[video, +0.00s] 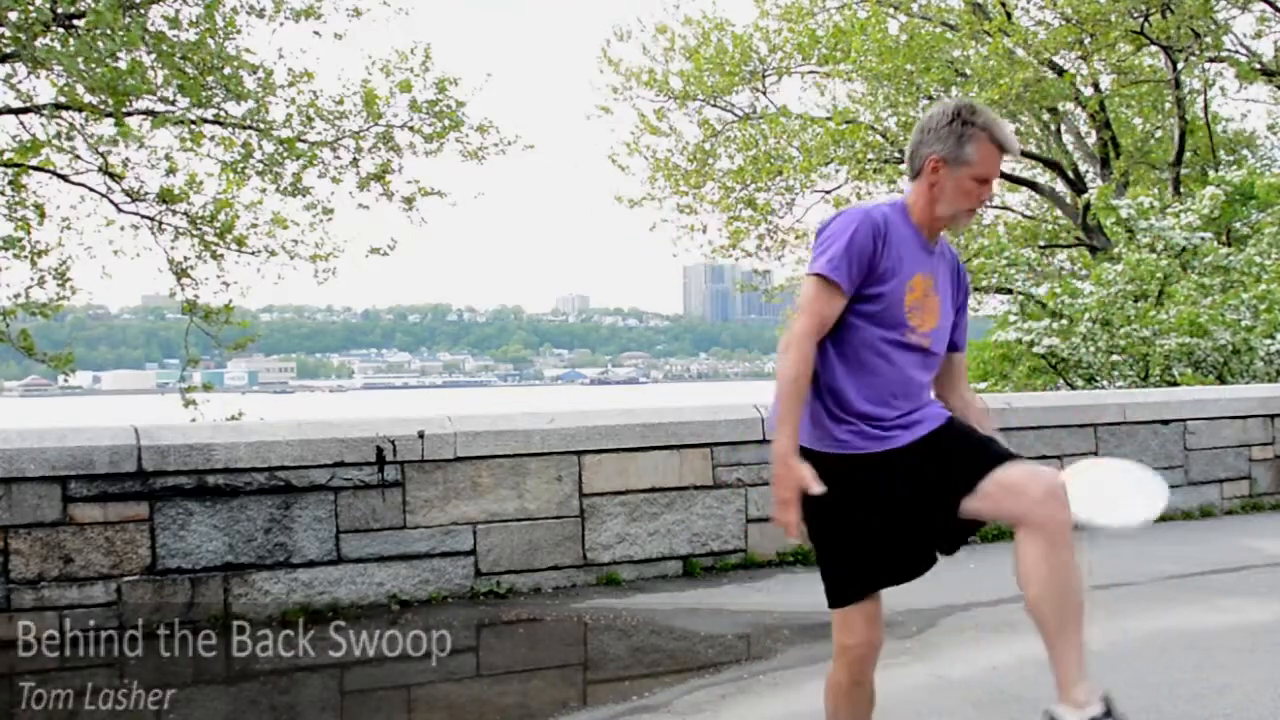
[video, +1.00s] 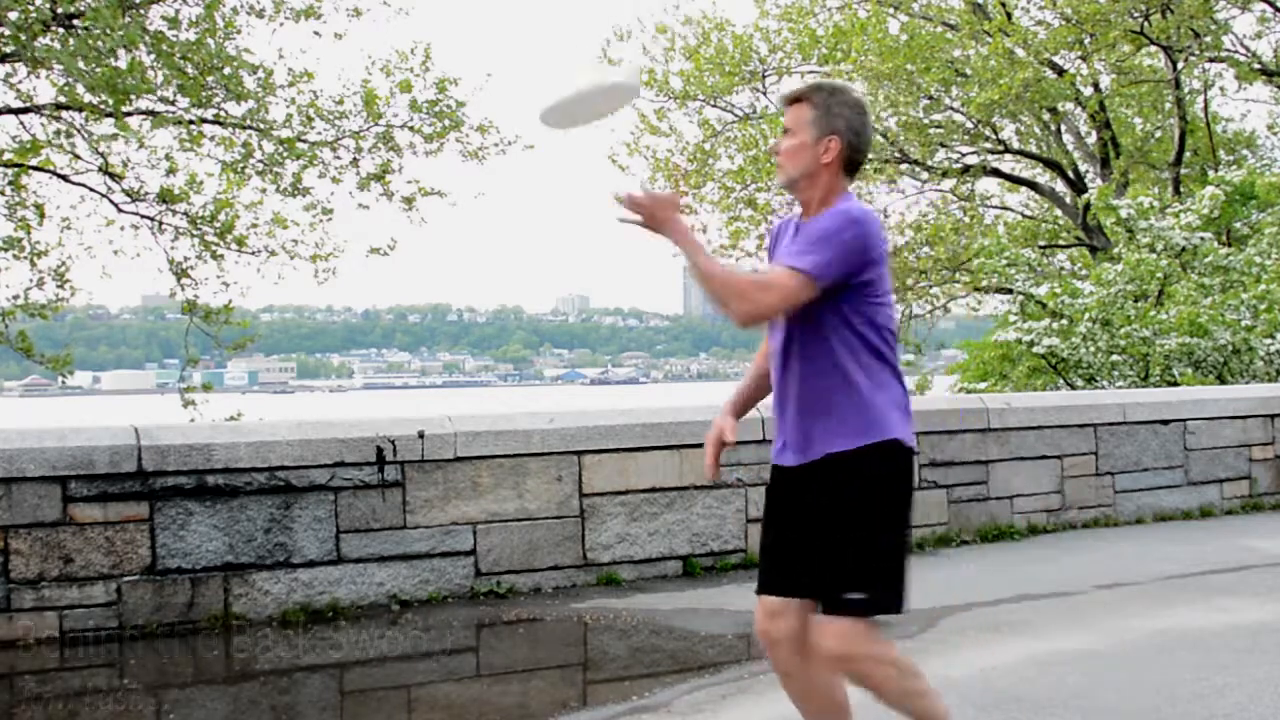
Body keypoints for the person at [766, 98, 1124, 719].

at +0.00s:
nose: (988, 197)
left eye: (993, 184)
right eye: (980, 180)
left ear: (942, 175)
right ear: (934, 170)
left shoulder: (950, 273)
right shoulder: (863, 228)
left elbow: (953, 389)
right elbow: (800, 338)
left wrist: (1009, 479)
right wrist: (783, 454)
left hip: (920, 441)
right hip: (840, 457)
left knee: (1044, 497)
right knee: (858, 646)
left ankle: (1076, 701)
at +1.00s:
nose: (775, 145)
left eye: (788, 133)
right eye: (779, 132)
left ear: (830, 148)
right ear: (820, 149)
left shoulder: (853, 223)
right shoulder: (785, 231)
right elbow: (783, 344)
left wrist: (680, 234)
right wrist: (733, 409)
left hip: (864, 448)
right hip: (799, 452)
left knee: (842, 640)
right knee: (778, 626)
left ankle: (938, 711)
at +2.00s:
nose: (782, 159)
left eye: (777, 149)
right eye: (778, 149)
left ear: (713, 164)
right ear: (763, 156)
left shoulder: (677, 235)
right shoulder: (803, 219)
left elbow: (675, 334)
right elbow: (824, 301)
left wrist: (702, 411)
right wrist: (813, 413)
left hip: (695, 435)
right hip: (778, 424)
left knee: (694, 607)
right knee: (822, 506)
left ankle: (689, 716)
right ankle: (814, 656)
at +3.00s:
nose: (960, 149)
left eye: (952, 141)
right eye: (948, 143)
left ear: (931, 167)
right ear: (927, 167)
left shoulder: (974, 210)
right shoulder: (922, 243)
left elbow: (1024, 176)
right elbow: (895, 345)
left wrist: (1058, 104)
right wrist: (955, 417)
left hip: (990, 419)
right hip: (945, 427)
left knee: (1028, 557)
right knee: (959, 575)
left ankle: (978, 683)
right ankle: (911, 708)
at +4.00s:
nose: (1084, 168)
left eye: (1079, 160)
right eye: (1072, 170)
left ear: (1052, 201)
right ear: (1049, 202)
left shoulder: (1061, 236)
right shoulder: (1095, 254)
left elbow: (1069, 188)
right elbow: (1207, 269)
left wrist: (1066, 137)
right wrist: (1222, 181)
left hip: (1112, 412)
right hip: (1137, 416)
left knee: (1133, 558)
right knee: (1159, 563)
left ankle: (1088, 695)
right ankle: (1096, 706)